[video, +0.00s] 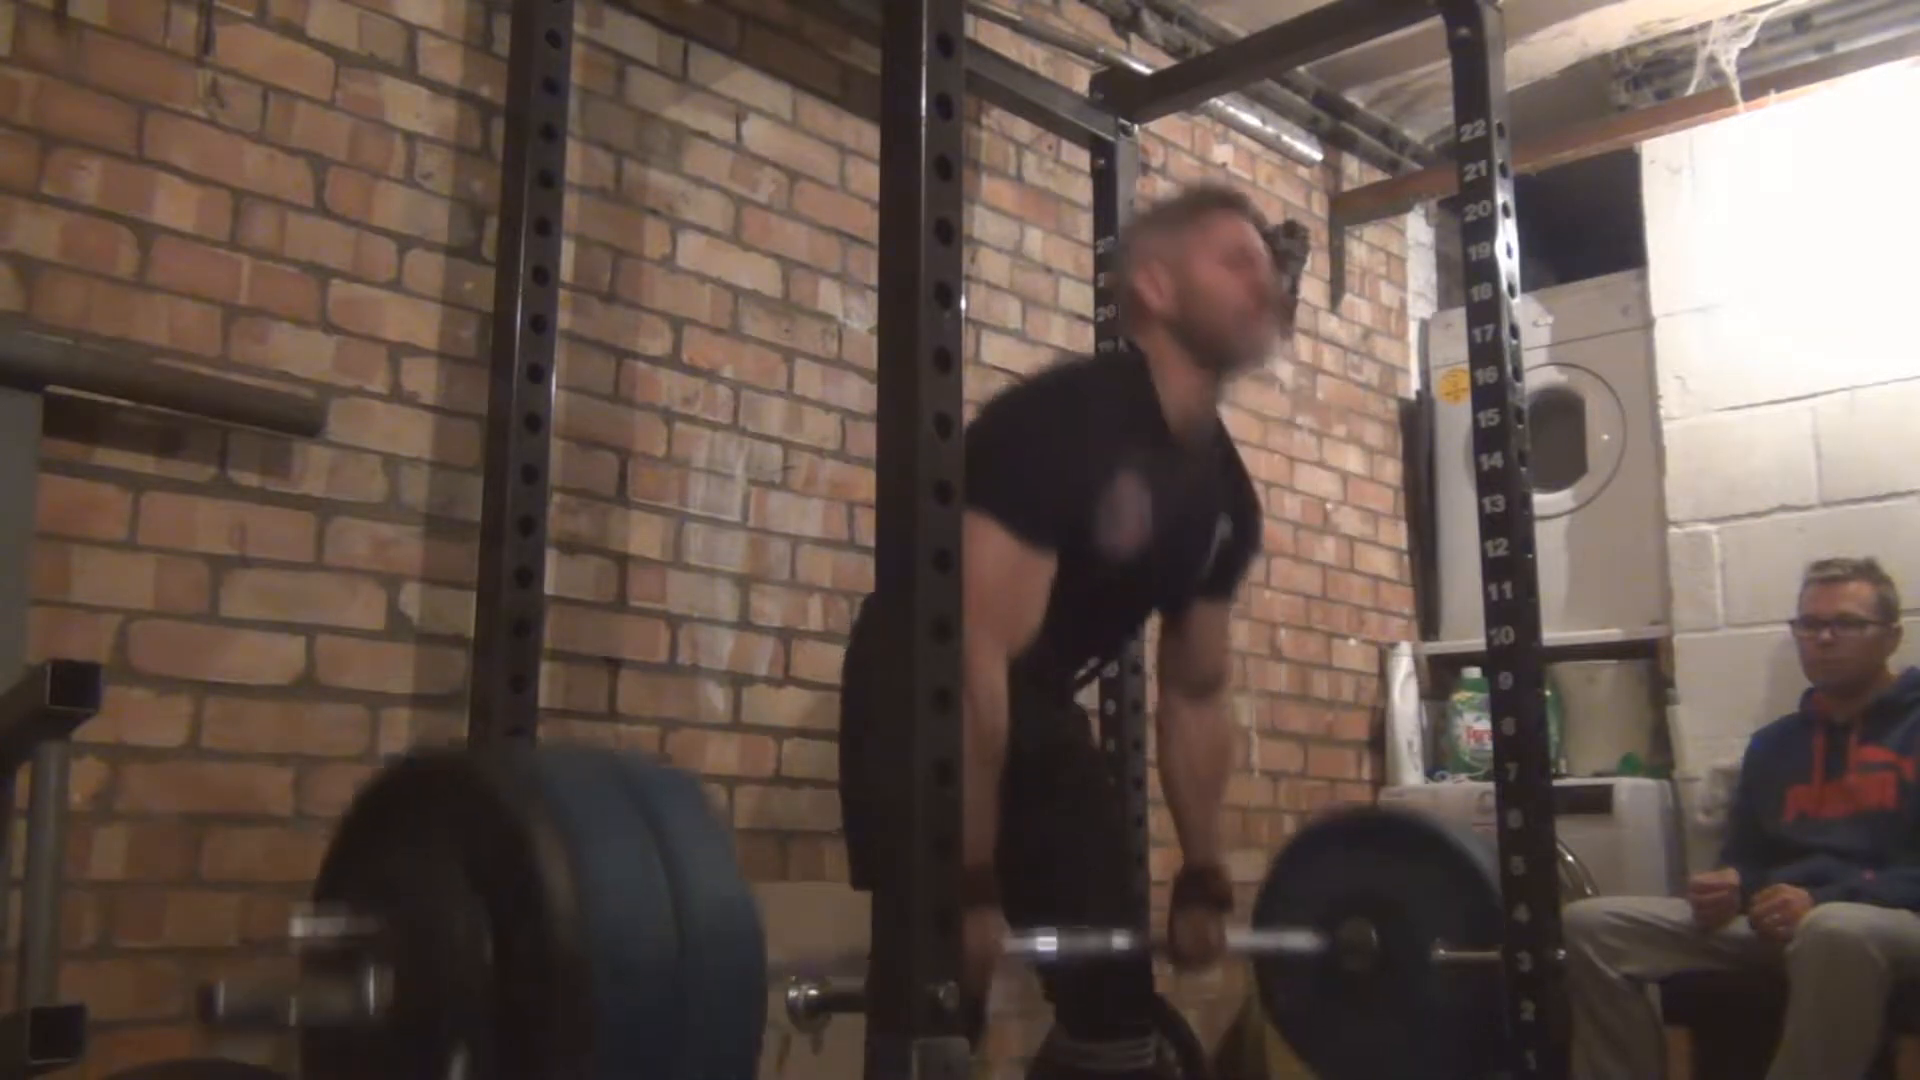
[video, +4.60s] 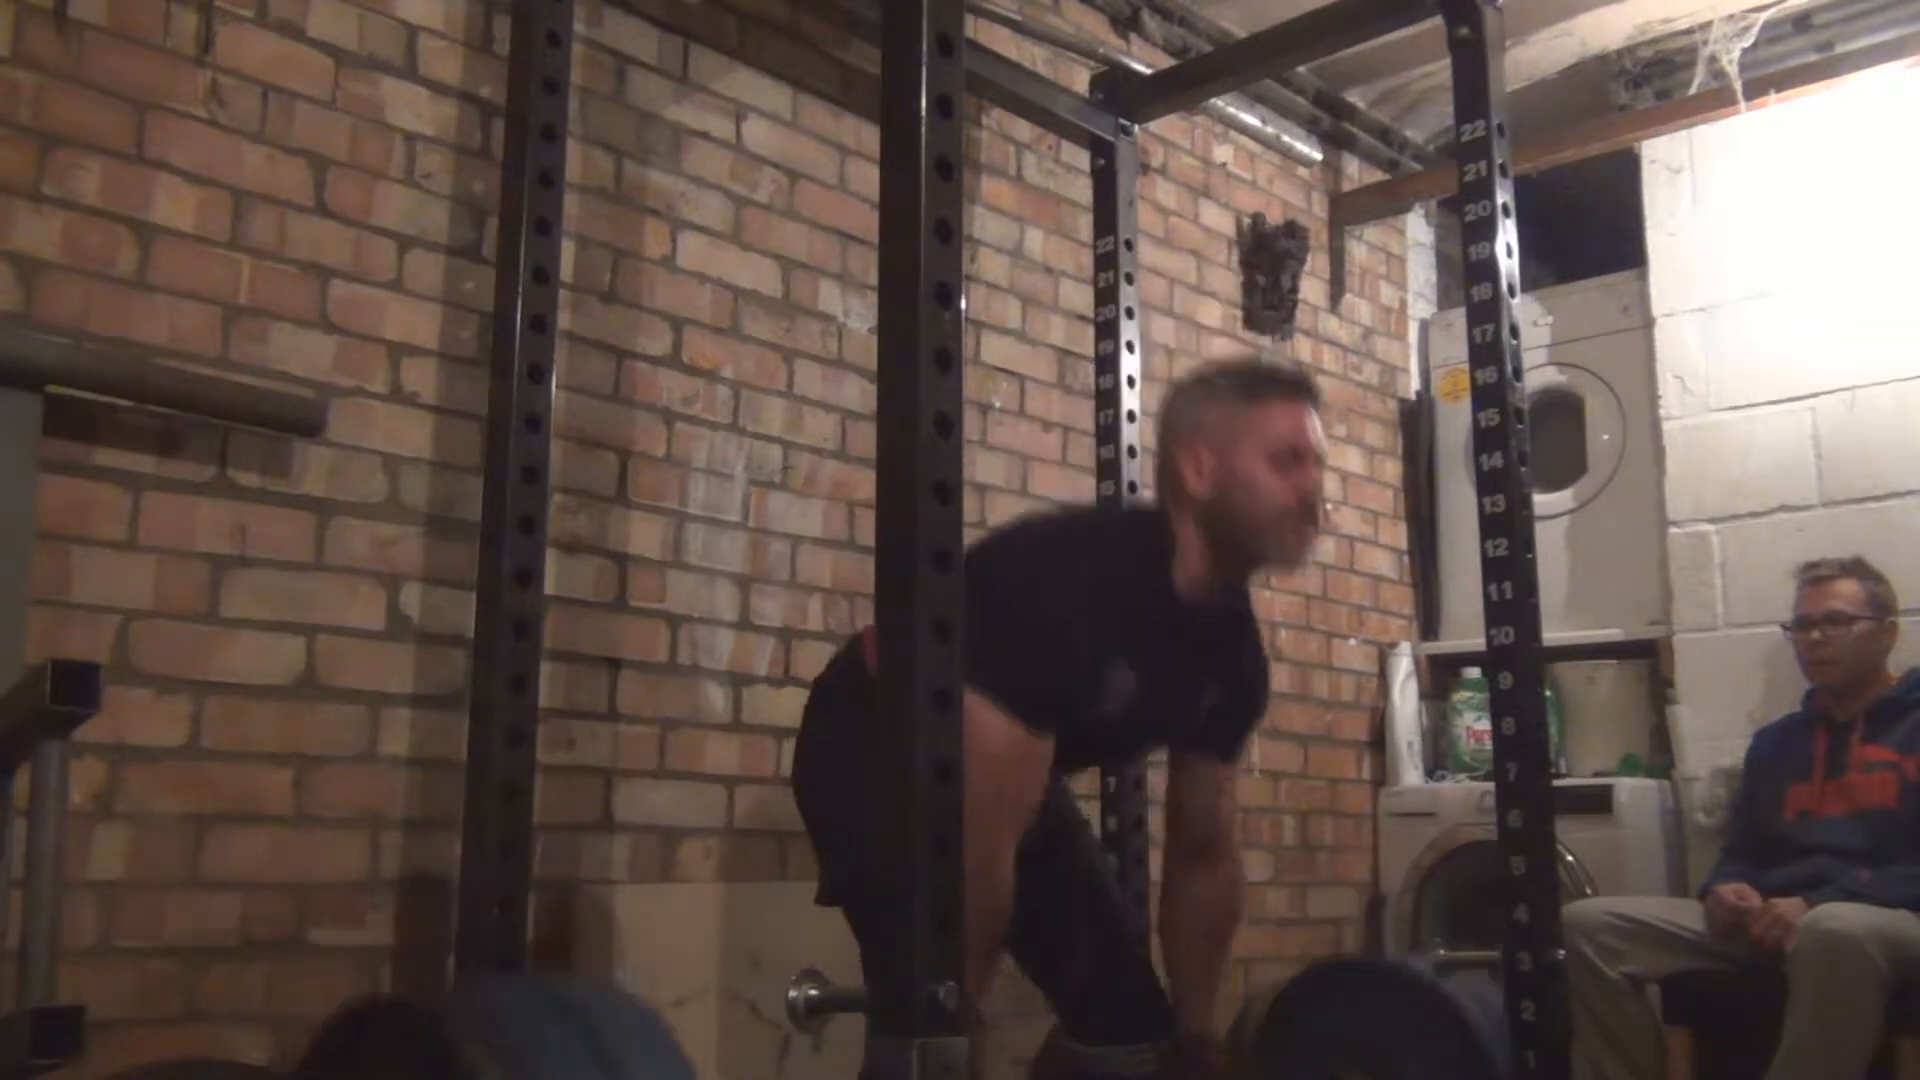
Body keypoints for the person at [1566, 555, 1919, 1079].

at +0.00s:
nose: (1824, 638)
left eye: (1846, 624)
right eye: (1811, 624)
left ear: (1891, 636)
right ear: (1795, 634)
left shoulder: (1912, 723)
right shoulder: (1773, 745)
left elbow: (1912, 876)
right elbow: (1746, 856)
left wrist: (1819, 901)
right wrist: (1730, 884)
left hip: (1894, 920)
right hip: (1772, 919)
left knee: (1833, 936)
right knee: (1590, 928)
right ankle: (1625, 1073)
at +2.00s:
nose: (1818, 639)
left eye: (1840, 624)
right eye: (1805, 625)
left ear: (1889, 635)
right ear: (1792, 634)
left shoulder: (1913, 722)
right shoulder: (1775, 743)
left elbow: (1914, 870)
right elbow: (1740, 853)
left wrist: (1817, 905)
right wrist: (1726, 890)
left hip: (1892, 917)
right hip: (1766, 917)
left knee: (1834, 936)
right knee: (1587, 929)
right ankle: (1629, 1073)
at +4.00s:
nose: (1819, 633)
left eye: (1841, 618)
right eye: (1807, 620)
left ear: (1891, 634)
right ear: (1794, 633)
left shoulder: (1914, 722)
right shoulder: (1775, 742)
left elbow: (1914, 870)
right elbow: (1741, 852)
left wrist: (1815, 905)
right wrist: (1727, 891)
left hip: (1892, 919)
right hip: (1766, 917)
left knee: (1833, 936)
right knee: (1587, 928)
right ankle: (1629, 1072)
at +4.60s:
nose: (1814, 639)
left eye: (1835, 623)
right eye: (1803, 625)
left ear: (1887, 633)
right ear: (1790, 636)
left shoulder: (1913, 722)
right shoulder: (1776, 742)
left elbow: (1913, 871)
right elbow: (1742, 849)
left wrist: (1817, 904)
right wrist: (1724, 889)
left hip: (1891, 918)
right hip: (1765, 916)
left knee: (1834, 937)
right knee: (1587, 928)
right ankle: (1630, 1072)